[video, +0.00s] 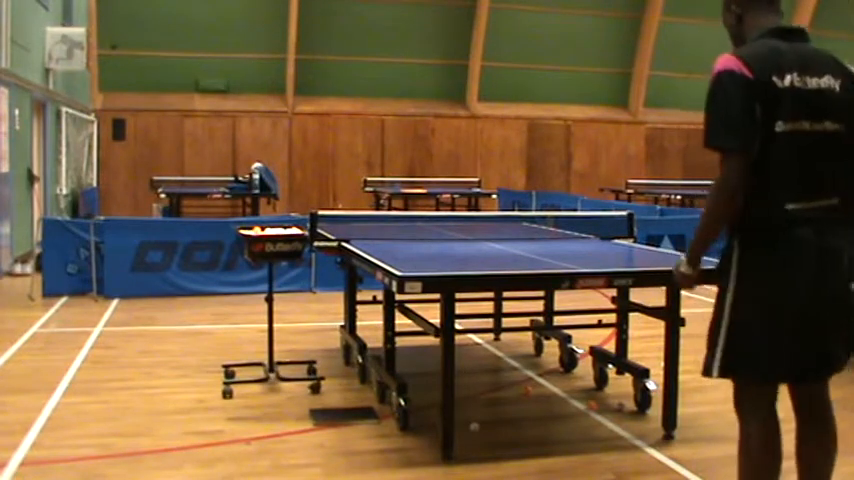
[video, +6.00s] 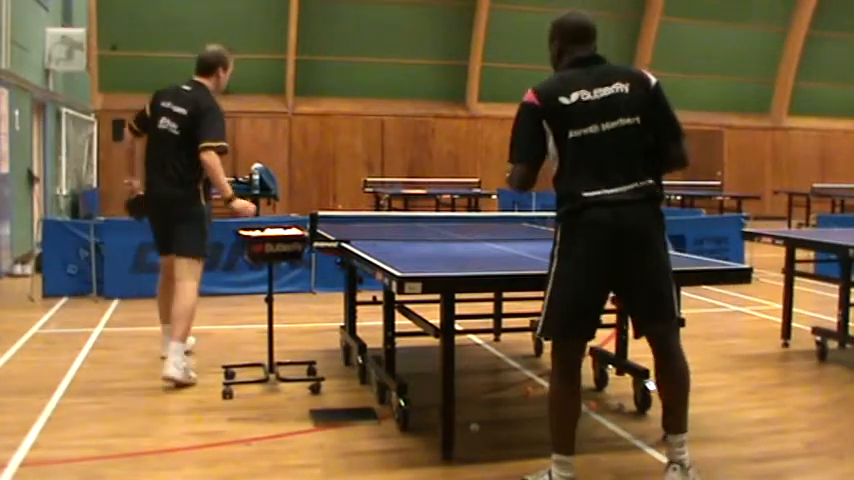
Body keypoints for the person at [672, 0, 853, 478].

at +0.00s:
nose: (726, 32)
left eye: (726, 20)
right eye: (728, 21)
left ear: (735, 13)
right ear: (780, 13)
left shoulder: (740, 67)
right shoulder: (837, 69)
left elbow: (733, 178)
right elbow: (845, 172)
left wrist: (692, 257)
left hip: (766, 257)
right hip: (830, 253)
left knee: (754, 400)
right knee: (813, 395)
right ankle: (815, 476)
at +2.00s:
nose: (749, 19)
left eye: (752, 9)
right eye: (752, 10)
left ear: (766, 11)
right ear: (803, 17)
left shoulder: (760, 73)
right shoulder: (838, 80)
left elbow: (752, 179)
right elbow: (846, 183)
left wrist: (717, 261)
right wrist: (826, 249)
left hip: (765, 251)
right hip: (816, 254)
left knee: (734, 375)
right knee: (796, 372)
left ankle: (739, 475)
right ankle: (793, 475)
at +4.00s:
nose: (771, 28)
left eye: (771, 18)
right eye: (770, 19)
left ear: (782, 15)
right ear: (822, 13)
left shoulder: (787, 67)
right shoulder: (850, 63)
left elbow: (771, 167)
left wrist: (737, 149)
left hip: (792, 246)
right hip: (845, 245)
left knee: (753, 390)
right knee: (834, 392)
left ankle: (738, 473)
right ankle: (835, 474)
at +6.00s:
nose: (550, 55)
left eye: (550, 49)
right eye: (556, 49)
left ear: (555, 49)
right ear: (595, 44)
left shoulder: (541, 97)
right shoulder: (640, 81)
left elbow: (524, 181)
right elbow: (677, 156)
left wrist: (515, 174)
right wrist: (631, 161)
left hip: (585, 234)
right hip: (643, 229)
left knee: (566, 358)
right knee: (667, 344)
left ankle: (561, 469)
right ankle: (679, 461)